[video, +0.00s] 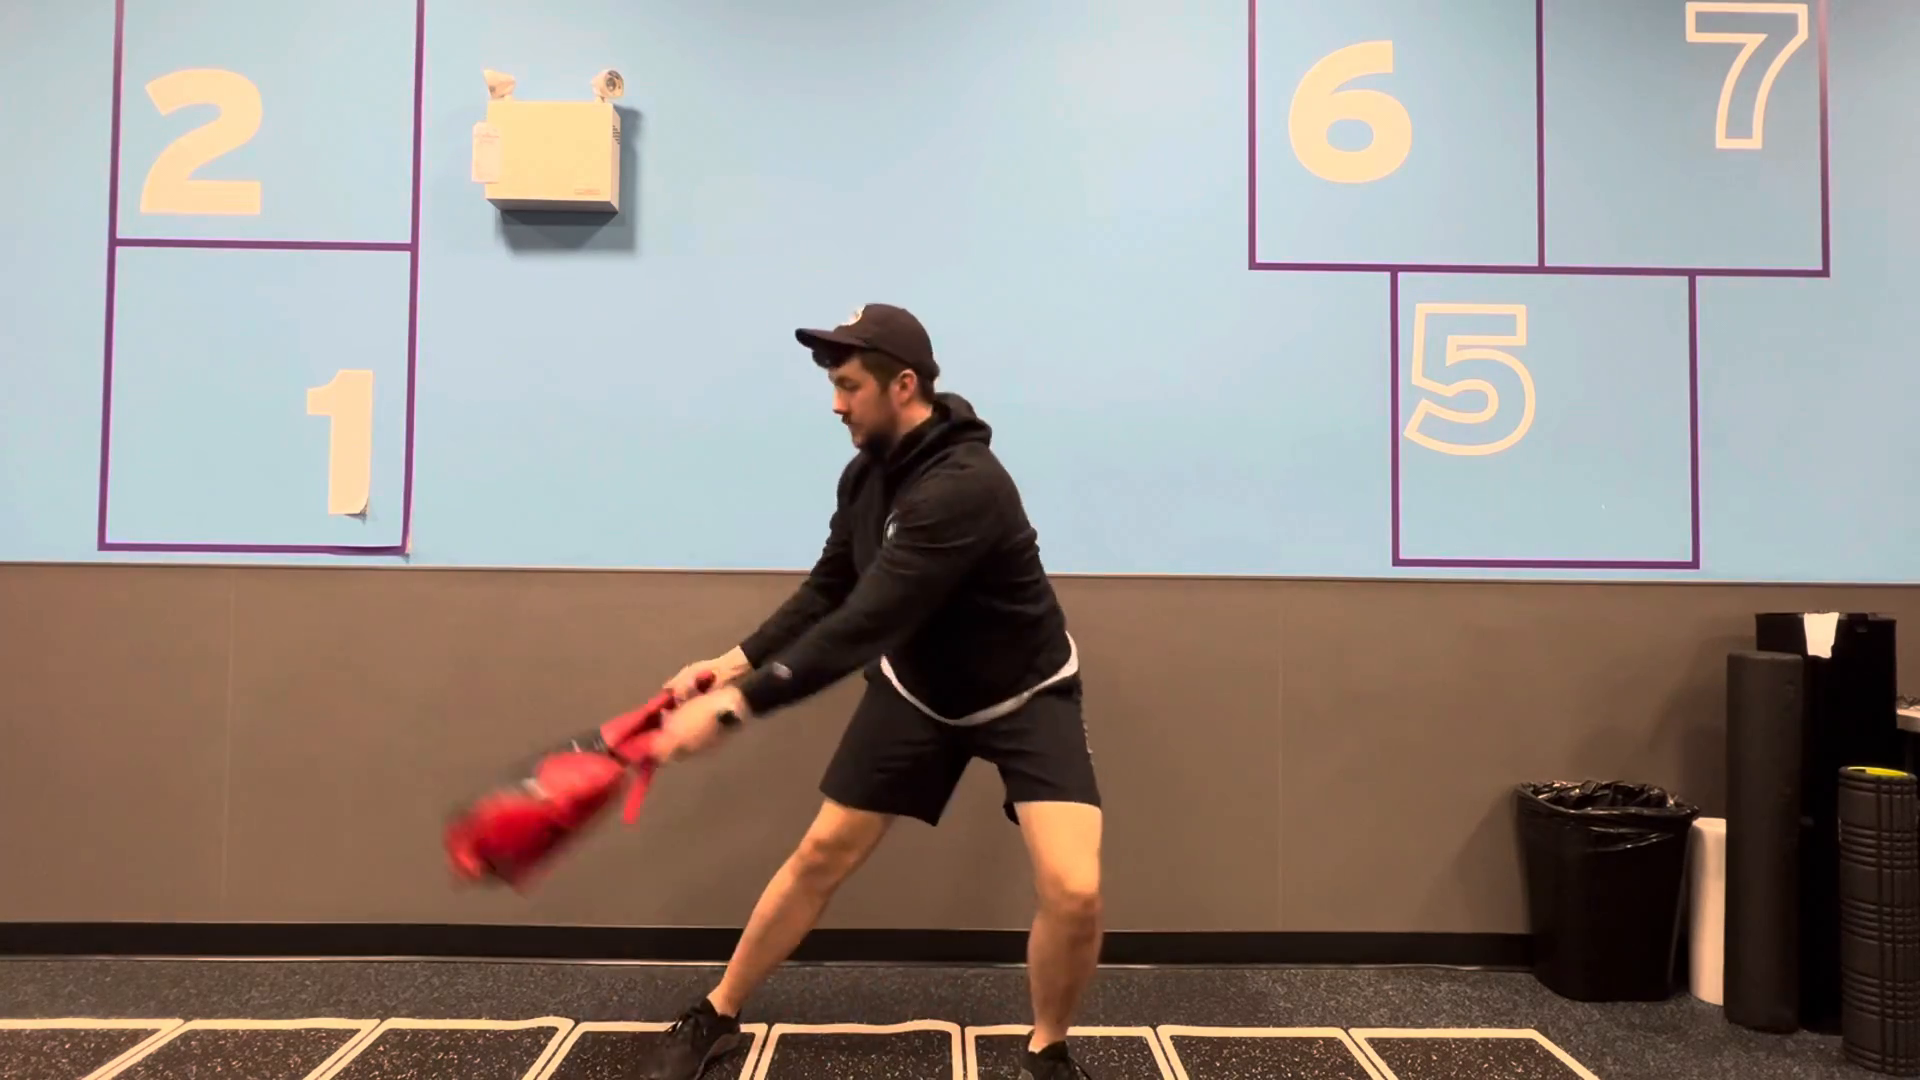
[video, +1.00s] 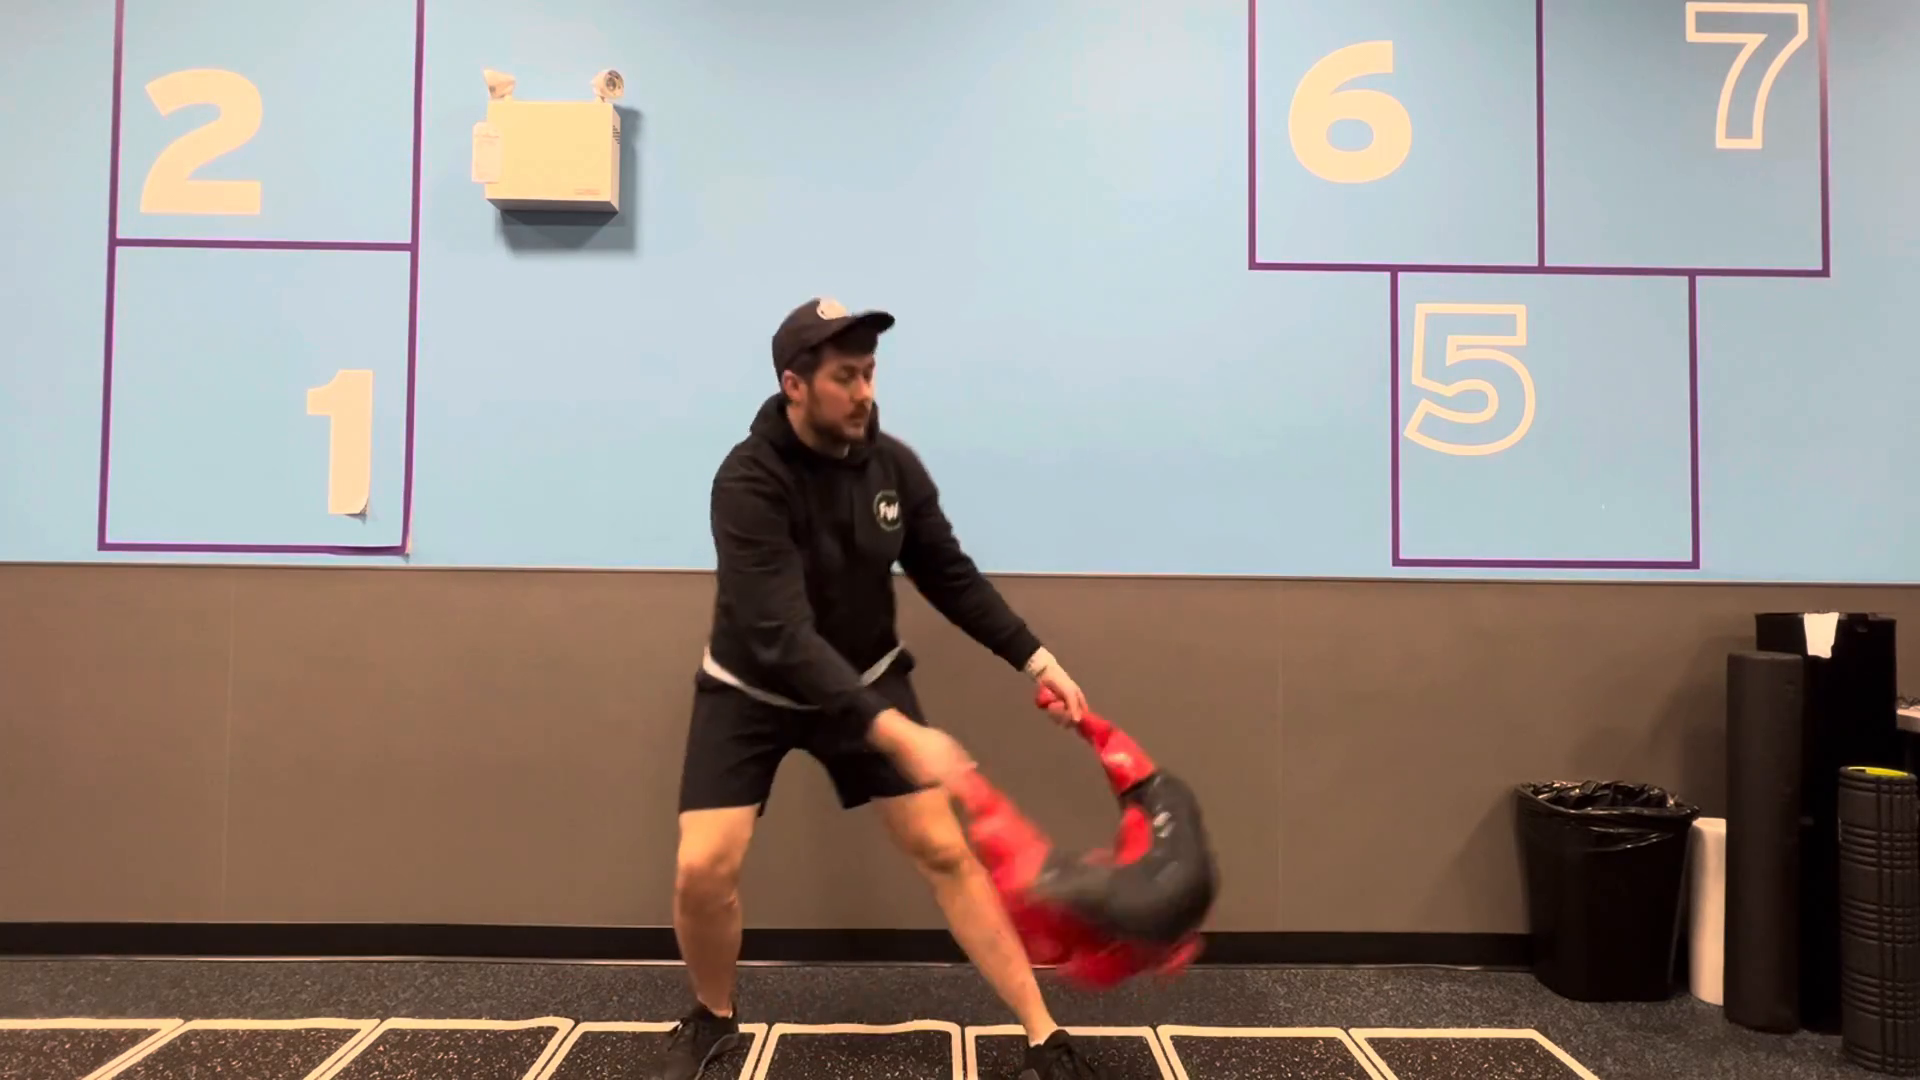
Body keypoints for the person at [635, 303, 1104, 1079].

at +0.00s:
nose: (836, 403)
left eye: (850, 386)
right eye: (835, 386)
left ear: (906, 386)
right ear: (887, 389)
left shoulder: (962, 487)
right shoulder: (866, 476)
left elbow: (866, 624)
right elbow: (828, 588)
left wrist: (735, 703)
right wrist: (734, 661)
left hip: (1026, 692)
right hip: (911, 689)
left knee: (1076, 891)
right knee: (820, 855)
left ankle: (1048, 1050)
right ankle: (715, 1016)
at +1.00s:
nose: (865, 390)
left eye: (869, 372)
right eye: (845, 376)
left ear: (876, 373)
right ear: (793, 387)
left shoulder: (892, 468)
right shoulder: (750, 481)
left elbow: (949, 578)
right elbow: (783, 636)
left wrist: (1038, 662)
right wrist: (896, 731)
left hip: (867, 682)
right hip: (748, 689)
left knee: (946, 848)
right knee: (701, 868)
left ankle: (1044, 1036)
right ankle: (713, 1020)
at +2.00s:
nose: (887, 395)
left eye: (903, 380)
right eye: (882, 380)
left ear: (958, 382)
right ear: (882, 383)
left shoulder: (1013, 486)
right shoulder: (881, 480)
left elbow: (965, 635)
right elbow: (844, 591)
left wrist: (865, 748)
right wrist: (769, 683)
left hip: (1037, 690)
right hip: (924, 684)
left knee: (1082, 878)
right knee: (826, 845)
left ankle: (1050, 1048)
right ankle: (716, 1013)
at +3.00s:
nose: (836, 371)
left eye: (848, 353)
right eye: (818, 355)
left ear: (863, 358)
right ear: (781, 360)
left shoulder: (903, 457)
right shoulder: (732, 467)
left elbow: (950, 579)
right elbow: (741, 613)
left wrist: (997, 697)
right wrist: (771, 745)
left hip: (877, 672)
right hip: (761, 676)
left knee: (952, 844)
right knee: (707, 846)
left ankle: (1039, 1031)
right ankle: (714, 1013)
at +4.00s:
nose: (890, 339)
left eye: (902, 320)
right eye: (870, 325)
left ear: (925, 321)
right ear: (842, 334)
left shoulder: (979, 434)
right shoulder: (805, 424)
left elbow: (990, 576)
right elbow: (764, 548)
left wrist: (975, 710)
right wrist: (738, 673)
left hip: (951, 660)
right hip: (835, 658)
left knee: (1018, 834)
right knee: (770, 829)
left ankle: (1046, 1042)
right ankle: (721, 1004)